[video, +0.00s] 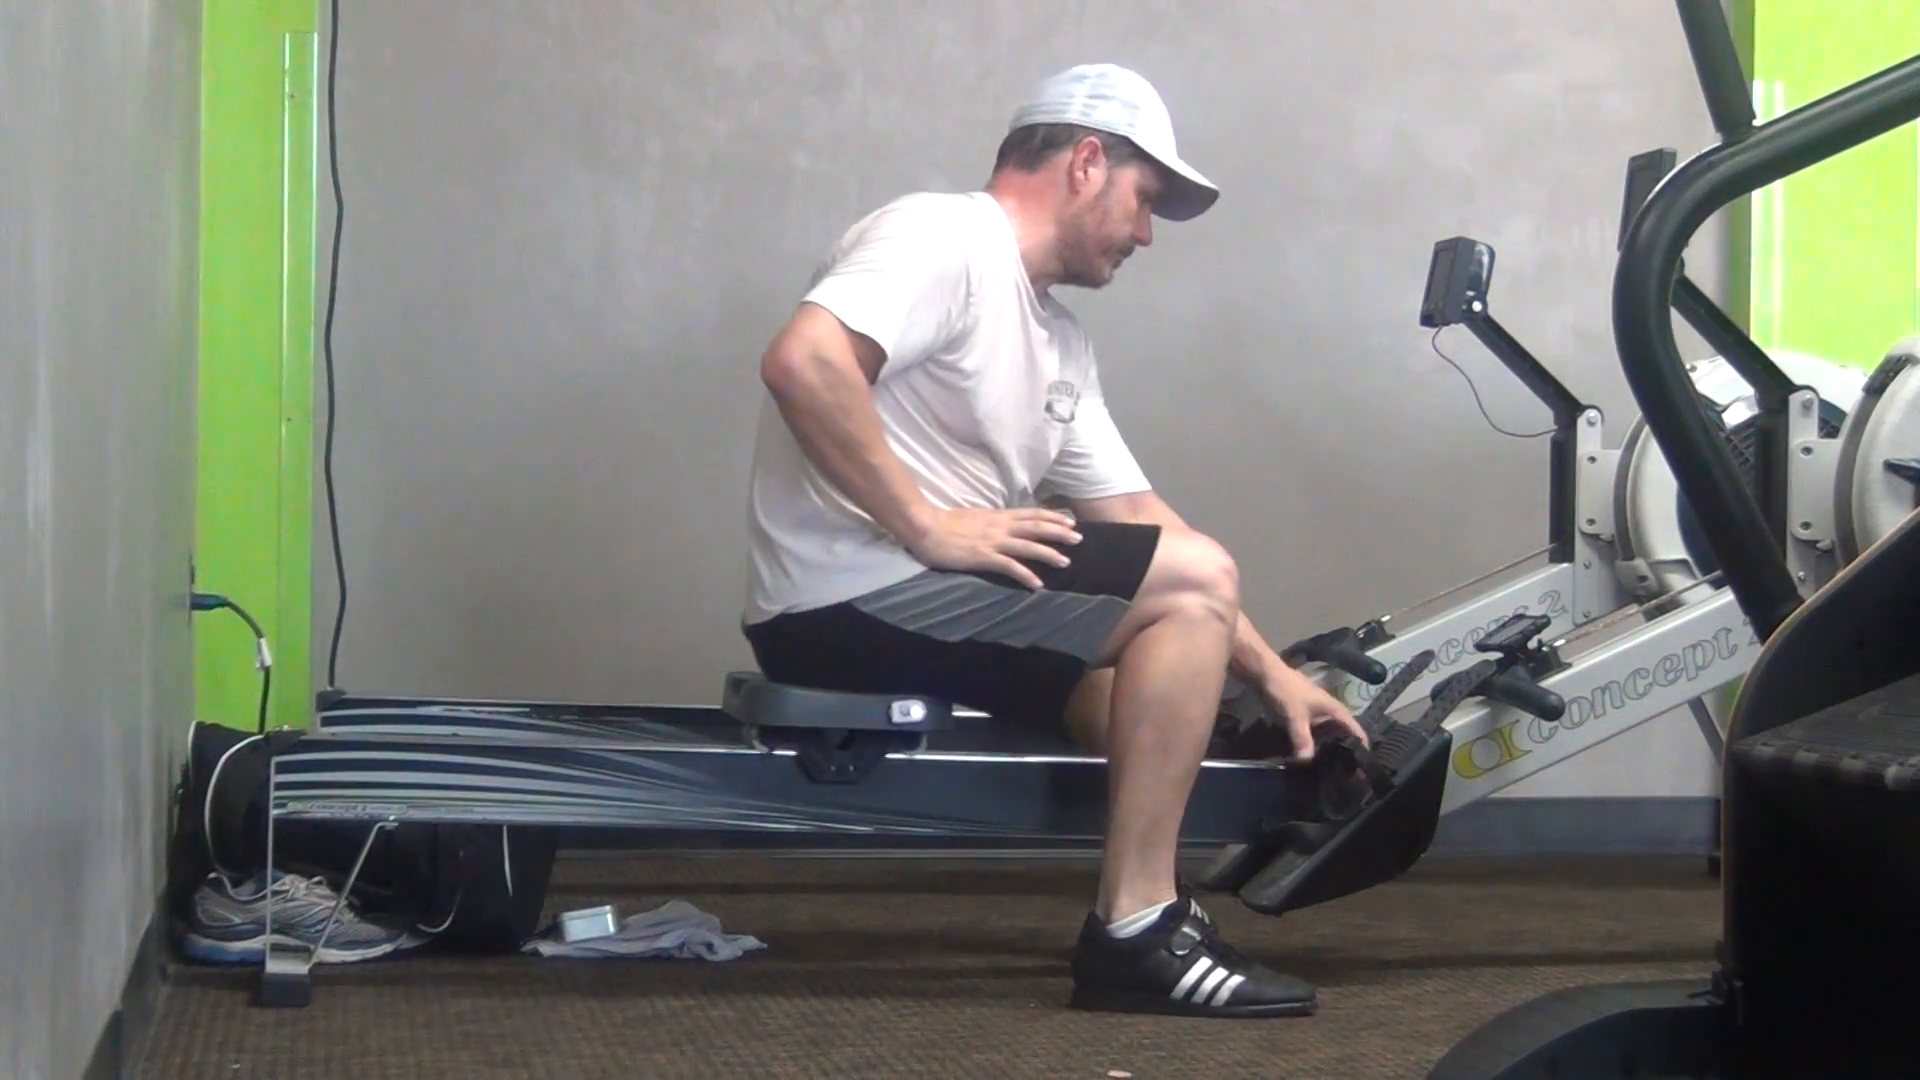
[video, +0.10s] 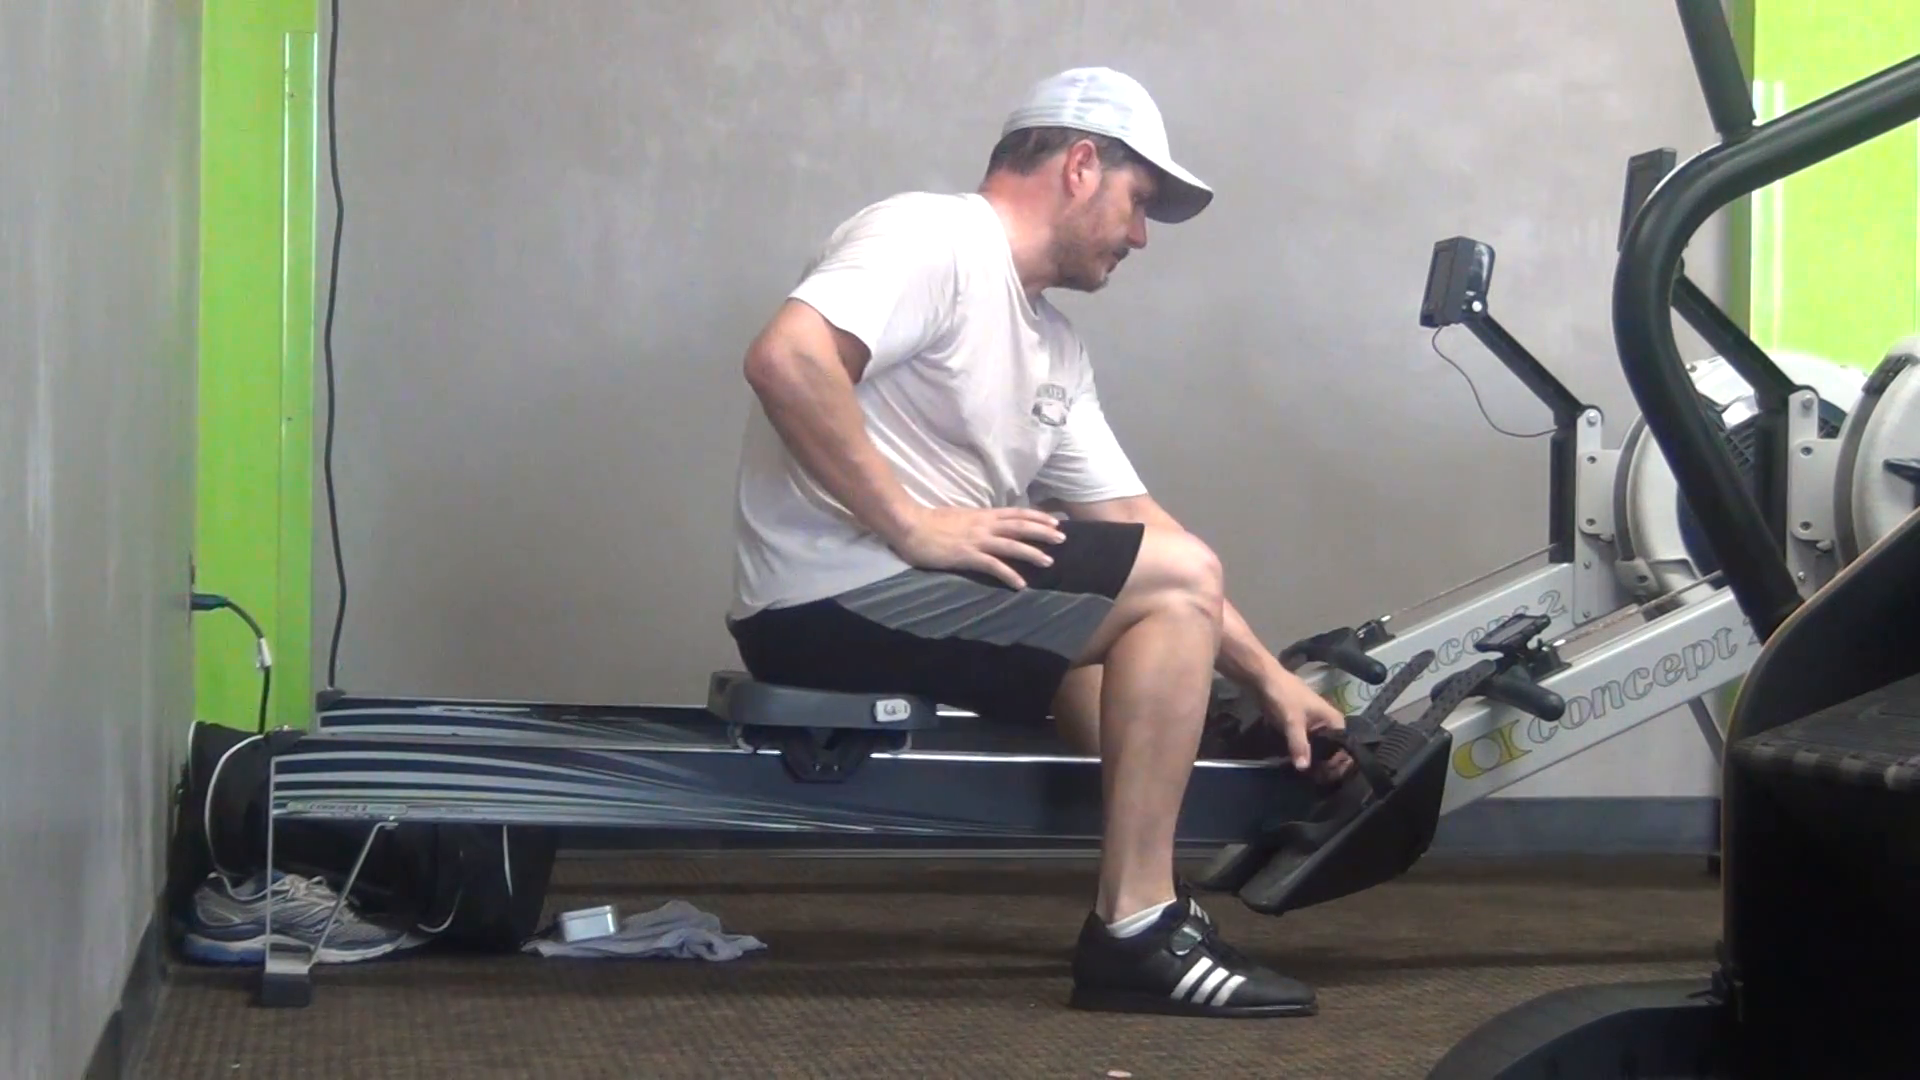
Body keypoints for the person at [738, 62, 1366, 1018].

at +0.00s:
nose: (1149, 233)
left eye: (1157, 209)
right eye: (1147, 197)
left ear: (1086, 171)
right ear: (1084, 164)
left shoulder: (1058, 342)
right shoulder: (945, 236)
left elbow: (1138, 519)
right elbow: (805, 363)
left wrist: (1276, 674)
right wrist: (924, 526)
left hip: (934, 600)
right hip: (839, 596)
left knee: (1181, 645)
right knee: (1204, 571)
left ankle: (1133, 935)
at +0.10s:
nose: (1143, 236)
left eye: (1151, 213)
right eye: (1140, 201)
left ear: (1078, 173)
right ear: (1079, 166)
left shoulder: (1053, 347)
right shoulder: (933, 234)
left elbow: (1137, 521)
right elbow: (789, 359)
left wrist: (1272, 677)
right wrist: (908, 524)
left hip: (920, 602)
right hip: (823, 596)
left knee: (1171, 627)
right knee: (1186, 565)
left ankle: (1134, 932)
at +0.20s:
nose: (1133, 234)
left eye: (1141, 211)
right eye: (1130, 199)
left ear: (1067, 172)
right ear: (1067, 166)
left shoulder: (1041, 343)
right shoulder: (922, 234)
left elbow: (1126, 520)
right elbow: (777, 359)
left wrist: (1263, 674)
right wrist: (901, 525)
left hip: (914, 603)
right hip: (817, 596)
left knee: (1164, 628)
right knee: (1181, 567)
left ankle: (1136, 929)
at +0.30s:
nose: (1114, 225)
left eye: (1122, 203)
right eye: (1110, 190)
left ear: (1051, 166)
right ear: (1046, 156)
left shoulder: (1025, 339)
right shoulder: (908, 232)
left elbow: (1110, 515)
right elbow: (768, 363)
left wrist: (1254, 661)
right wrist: (899, 524)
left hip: (910, 602)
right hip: (814, 598)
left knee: (1163, 625)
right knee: (1180, 560)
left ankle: (1136, 927)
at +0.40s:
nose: (1087, 217)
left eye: (1095, 195)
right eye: (1083, 183)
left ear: (1020, 155)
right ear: (1020, 147)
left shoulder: (1008, 334)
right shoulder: (887, 225)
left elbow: (1104, 505)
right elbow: (753, 361)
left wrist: (1245, 650)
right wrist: (892, 521)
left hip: (906, 598)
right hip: (814, 596)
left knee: (1161, 621)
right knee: (1177, 559)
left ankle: (1137, 924)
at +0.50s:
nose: (1058, 215)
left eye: (1066, 193)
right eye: (1054, 180)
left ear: (993, 149)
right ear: (991, 142)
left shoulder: (991, 330)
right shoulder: (855, 219)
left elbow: (1103, 501)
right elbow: (724, 353)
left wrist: (1248, 638)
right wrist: (882, 497)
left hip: (907, 585)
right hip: (815, 591)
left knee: (1150, 565)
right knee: (1160, 531)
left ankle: (1147, 871)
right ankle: (1168, 877)